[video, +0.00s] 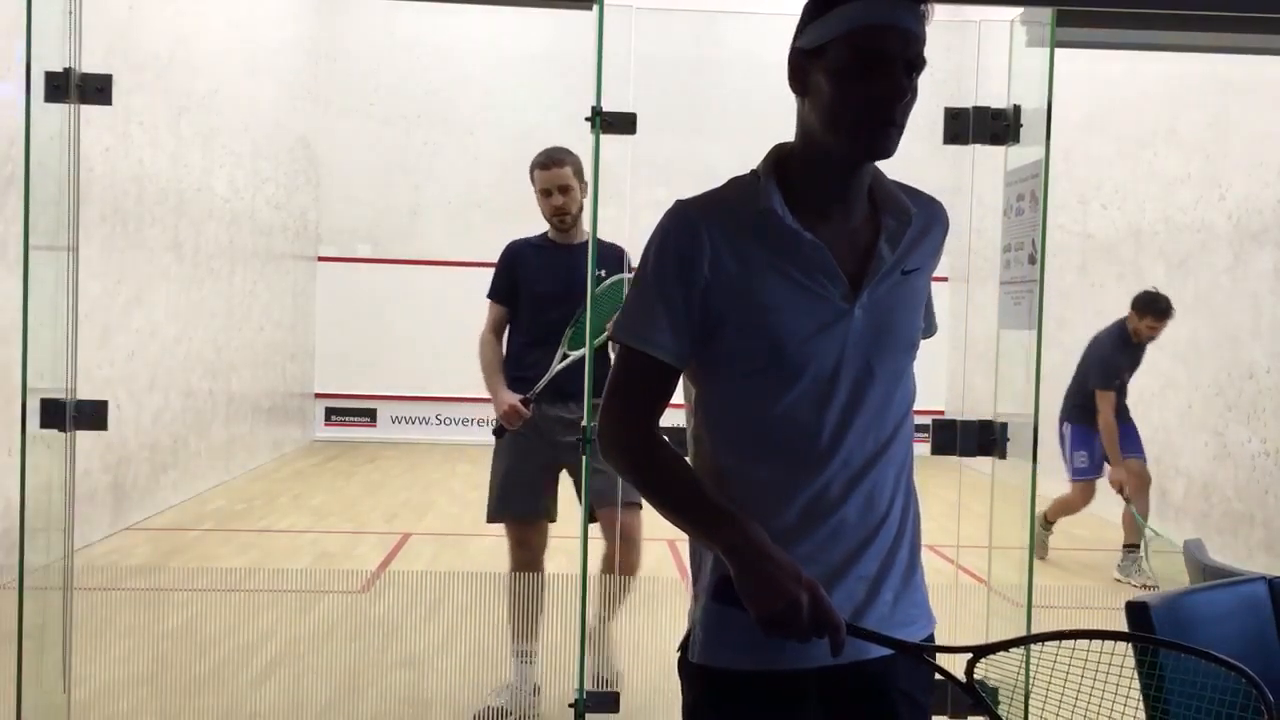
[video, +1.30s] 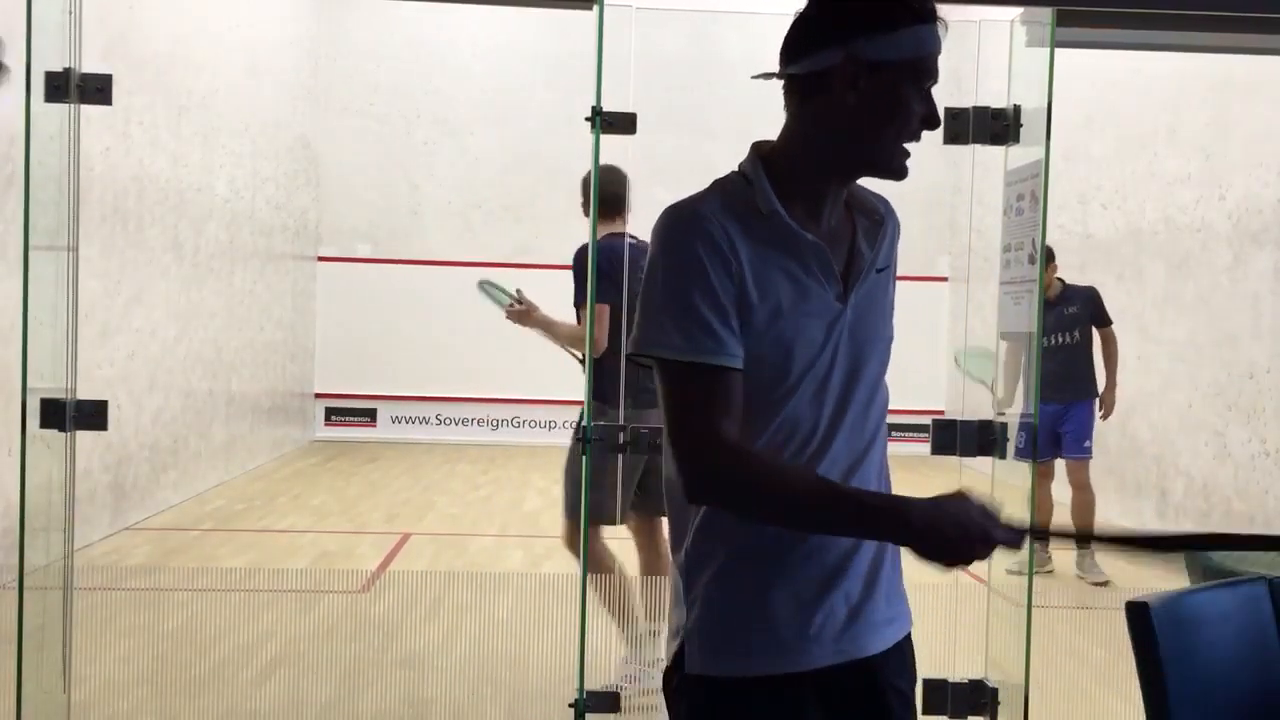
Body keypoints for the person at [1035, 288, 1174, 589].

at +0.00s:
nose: (1156, 334)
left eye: (1160, 328)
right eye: (1151, 327)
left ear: (1164, 322)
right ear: (1133, 317)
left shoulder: (1137, 339)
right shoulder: (1108, 348)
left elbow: (1118, 381)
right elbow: (1105, 415)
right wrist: (1116, 465)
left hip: (1116, 412)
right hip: (1080, 419)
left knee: (1139, 480)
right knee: (1082, 496)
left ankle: (1130, 560)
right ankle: (1045, 520)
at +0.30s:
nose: (1184, 322)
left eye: (1187, 315)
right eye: (1180, 315)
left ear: (1167, 310)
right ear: (1158, 307)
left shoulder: (1163, 329)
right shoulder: (1121, 335)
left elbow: (1153, 358)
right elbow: (1096, 394)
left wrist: (1161, 395)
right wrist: (1137, 428)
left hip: (1131, 404)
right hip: (1097, 404)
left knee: (1144, 482)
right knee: (1122, 482)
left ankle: (1129, 562)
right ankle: (1068, 530)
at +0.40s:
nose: (1182, 307)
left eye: (1184, 300)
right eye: (1177, 300)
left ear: (1176, 299)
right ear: (1155, 295)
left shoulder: (1168, 321)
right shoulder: (1117, 320)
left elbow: (1162, 352)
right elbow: (1083, 373)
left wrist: (1172, 395)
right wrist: (1132, 390)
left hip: (1133, 406)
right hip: (1096, 404)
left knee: (1140, 481)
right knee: (1109, 480)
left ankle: (1128, 561)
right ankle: (1064, 528)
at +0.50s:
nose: (1170, 296)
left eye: (1174, 289)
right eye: (1164, 289)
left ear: (1176, 289)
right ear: (1144, 284)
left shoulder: (1171, 312)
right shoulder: (1111, 311)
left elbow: (1167, 351)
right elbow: (1072, 357)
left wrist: (1177, 398)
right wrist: (1102, 374)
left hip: (1136, 407)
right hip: (1098, 405)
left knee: (1137, 482)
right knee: (1087, 478)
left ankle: (1128, 561)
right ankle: (1056, 529)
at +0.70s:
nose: (1137, 288)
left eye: (1144, 282)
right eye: (1132, 280)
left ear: (1153, 278)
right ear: (1120, 274)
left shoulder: (1162, 312)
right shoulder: (1092, 307)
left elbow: (1167, 355)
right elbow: (1055, 348)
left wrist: (1169, 402)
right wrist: (1049, 392)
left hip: (1130, 411)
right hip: (1086, 407)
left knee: (1132, 482)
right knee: (1062, 472)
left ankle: (1128, 561)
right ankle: (1041, 547)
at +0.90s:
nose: (1091, 286)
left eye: (1098, 280)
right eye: (1087, 278)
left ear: (1114, 276)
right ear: (1081, 274)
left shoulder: (1132, 308)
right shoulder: (1060, 305)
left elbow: (1145, 353)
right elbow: (1040, 348)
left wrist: (1148, 400)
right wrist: (1030, 383)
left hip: (1109, 409)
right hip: (1066, 408)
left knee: (1120, 482)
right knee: (1054, 477)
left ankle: (1126, 561)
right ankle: (1041, 552)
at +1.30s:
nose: (1037, 281)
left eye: (1041, 274)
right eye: (1033, 275)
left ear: (1054, 268)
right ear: (1029, 275)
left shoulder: (1085, 297)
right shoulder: (1024, 304)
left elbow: (1107, 338)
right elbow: (1012, 352)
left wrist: (1109, 387)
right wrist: (1006, 397)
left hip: (1078, 402)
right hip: (1038, 403)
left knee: (1079, 477)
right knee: (1041, 477)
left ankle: (1085, 555)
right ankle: (1038, 551)